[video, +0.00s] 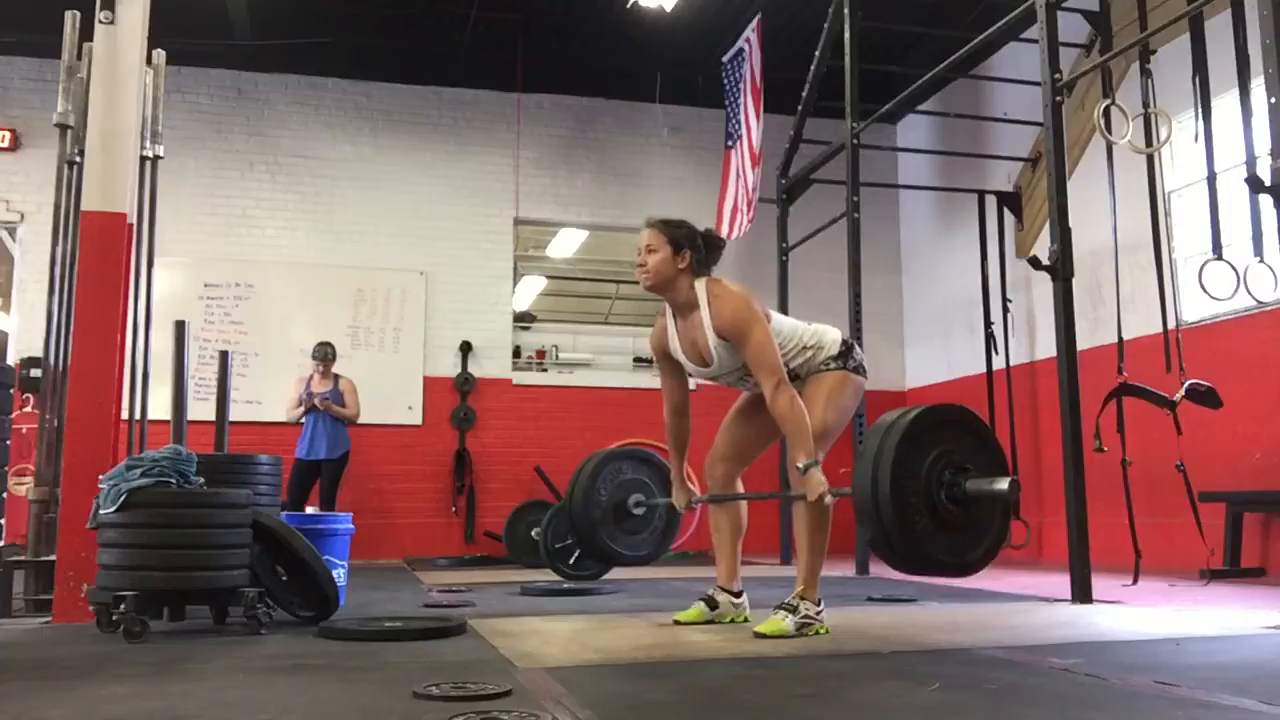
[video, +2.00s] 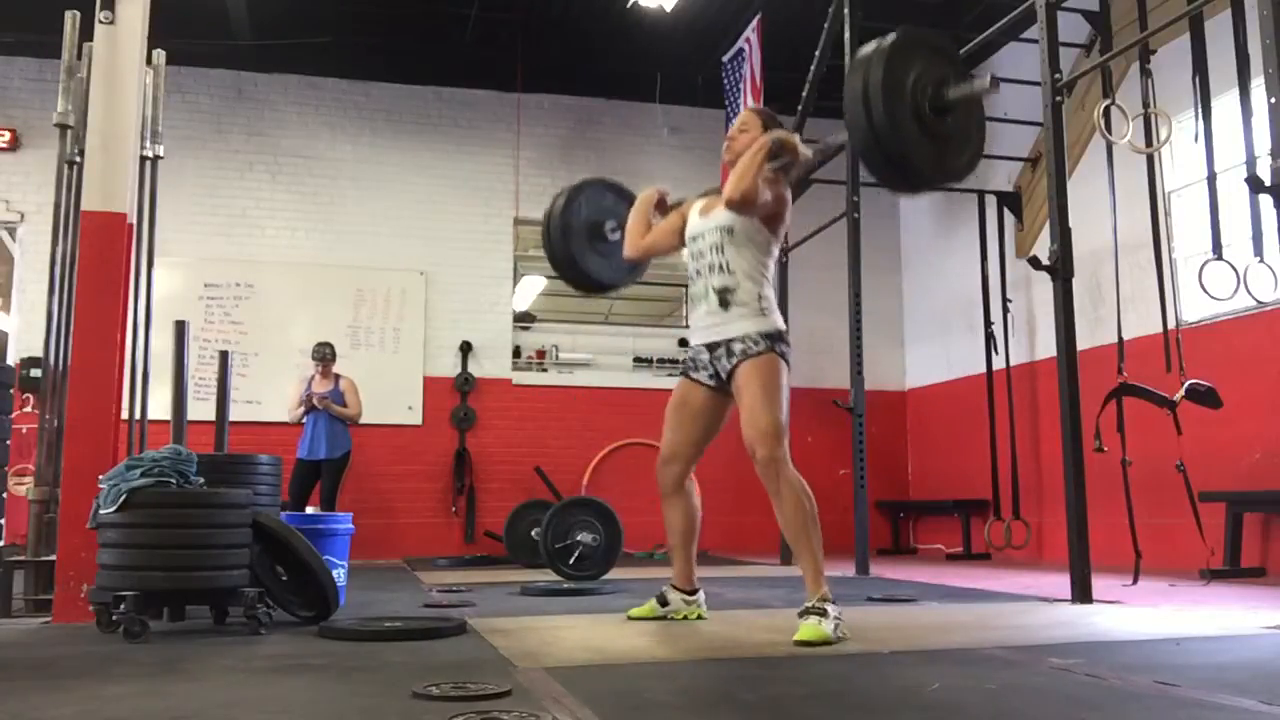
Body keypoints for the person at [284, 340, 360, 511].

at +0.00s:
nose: (321, 369)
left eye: (326, 365)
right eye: (318, 365)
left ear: (333, 362)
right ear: (313, 361)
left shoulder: (345, 384)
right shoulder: (303, 383)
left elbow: (354, 415)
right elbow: (290, 416)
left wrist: (329, 407)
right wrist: (304, 407)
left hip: (335, 450)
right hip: (308, 450)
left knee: (327, 501)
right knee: (294, 499)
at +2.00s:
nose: (321, 370)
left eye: (325, 366)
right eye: (317, 365)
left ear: (333, 363)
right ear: (313, 362)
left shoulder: (345, 384)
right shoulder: (306, 383)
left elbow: (355, 415)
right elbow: (292, 418)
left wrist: (329, 406)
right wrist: (304, 407)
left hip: (335, 450)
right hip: (309, 449)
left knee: (327, 501)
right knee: (296, 498)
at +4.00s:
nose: (321, 369)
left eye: (325, 365)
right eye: (317, 365)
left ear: (333, 362)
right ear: (313, 363)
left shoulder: (346, 383)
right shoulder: (306, 383)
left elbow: (356, 415)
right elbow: (293, 417)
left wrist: (329, 406)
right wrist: (305, 407)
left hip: (336, 449)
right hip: (309, 449)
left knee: (327, 502)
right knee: (296, 500)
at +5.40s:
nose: (321, 370)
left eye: (325, 366)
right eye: (317, 365)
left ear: (334, 362)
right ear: (313, 362)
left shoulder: (346, 384)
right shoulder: (307, 383)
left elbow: (357, 415)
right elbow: (293, 416)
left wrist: (329, 405)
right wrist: (306, 405)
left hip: (336, 450)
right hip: (309, 449)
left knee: (327, 503)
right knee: (295, 500)